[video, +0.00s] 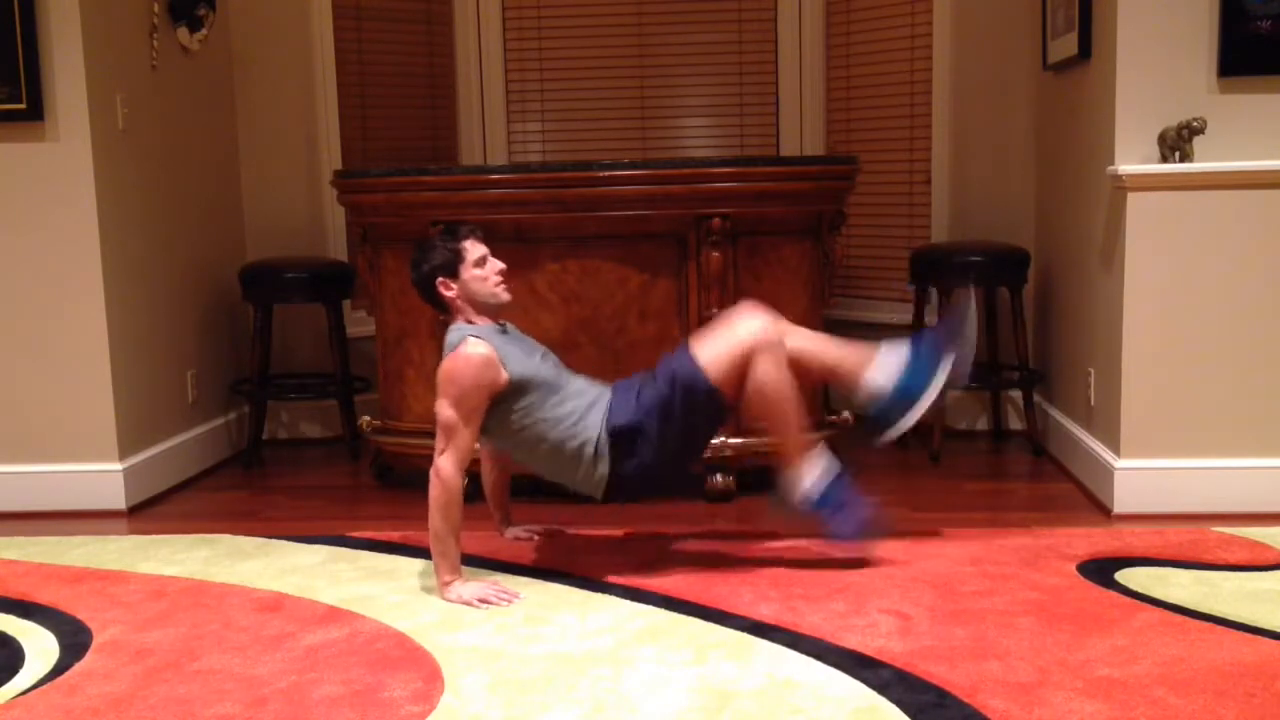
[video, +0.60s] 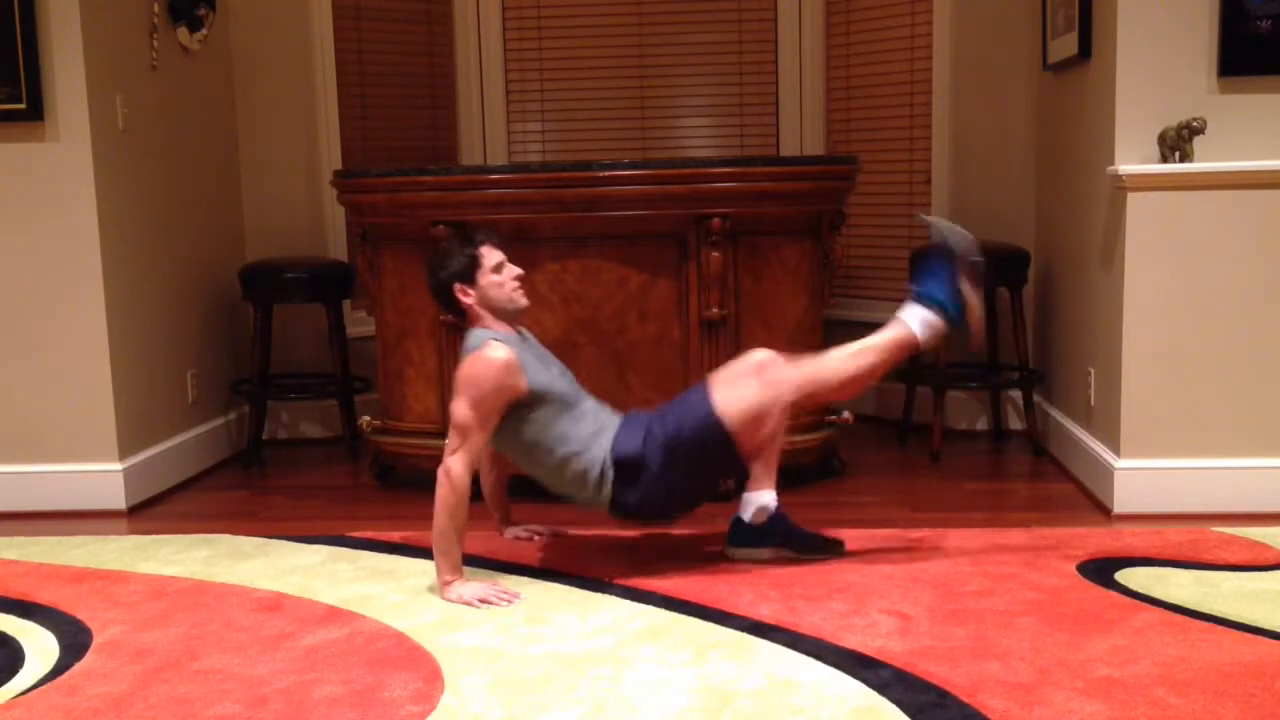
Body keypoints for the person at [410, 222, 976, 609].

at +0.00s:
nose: (499, 269)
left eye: (494, 259)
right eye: (482, 264)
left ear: (481, 277)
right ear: (449, 289)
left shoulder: (492, 337)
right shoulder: (468, 358)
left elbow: (486, 440)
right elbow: (445, 466)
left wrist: (499, 519)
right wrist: (448, 578)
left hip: (627, 420)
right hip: (621, 450)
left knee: (756, 317)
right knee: (753, 335)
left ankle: (887, 374)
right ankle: (807, 484)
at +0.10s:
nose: (517, 271)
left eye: (510, 262)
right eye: (500, 268)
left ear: (495, 287)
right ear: (470, 295)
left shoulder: (517, 338)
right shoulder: (489, 361)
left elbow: (494, 435)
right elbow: (453, 463)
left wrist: (500, 519)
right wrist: (446, 578)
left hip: (627, 464)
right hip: (615, 488)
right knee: (742, 378)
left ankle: (886, 317)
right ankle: (764, 529)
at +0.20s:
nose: (523, 272)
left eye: (516, 264)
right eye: (507, 270)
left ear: (502, 289)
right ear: (479, 300)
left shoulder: (526, 341)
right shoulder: (498, 363)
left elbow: (497, 438)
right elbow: (459, 464)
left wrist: (503, 520)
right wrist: (447, 578)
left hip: (624, 473)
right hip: (612, 500)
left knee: (766, 399)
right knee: (736, 382)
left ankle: (904, 355)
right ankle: (764, 531)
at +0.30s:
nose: (516, 269)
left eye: (511, 259)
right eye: (500, 264)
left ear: (494, 280)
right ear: (466, 290)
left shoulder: (512, 337)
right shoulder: (484, 359)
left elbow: (494, 439)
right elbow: (453, 467)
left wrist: (501, 521)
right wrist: (448, 576)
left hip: (640, 448)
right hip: (627, 475)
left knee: (776, 371)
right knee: (771, 372)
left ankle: (913, 412)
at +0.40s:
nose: (500, 271)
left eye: (495, 262)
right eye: (485, 266)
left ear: (464, 286)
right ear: (451, 290)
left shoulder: (489, 339)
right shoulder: (471, 358)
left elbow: (487, 440)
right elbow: (449, 466)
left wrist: (499, 516)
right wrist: (449, 576)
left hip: (648, 405)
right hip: (647, 437)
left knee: (778, 317)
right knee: (790, 332)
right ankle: (814, 495)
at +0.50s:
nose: (502, 271)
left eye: (497, 262)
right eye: (486, 266)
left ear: (471, 286)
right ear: (451, 292)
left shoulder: (495, 342)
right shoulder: (471, 357)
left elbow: (485, 443)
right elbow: (450, 464)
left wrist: (499, 520)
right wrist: (448, 576)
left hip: (647, 424)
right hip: (644, 435)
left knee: (787, 357)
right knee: (775, 315)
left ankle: (793, 474)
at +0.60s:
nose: (516, 274)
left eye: (510, 265)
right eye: (500, 270)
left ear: (492, 286)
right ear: (467, 296)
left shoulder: (510, 342)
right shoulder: (487, 362)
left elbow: (491, 441)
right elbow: (453, 467)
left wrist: (500, 521)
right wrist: (448, 578)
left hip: (637, 446)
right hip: (633, 470)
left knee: (767, 366)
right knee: (776, 376)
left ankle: (759, 515)